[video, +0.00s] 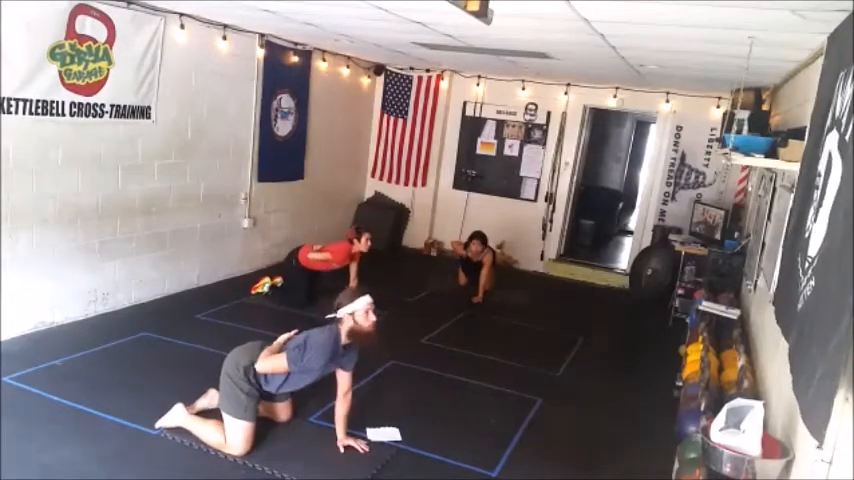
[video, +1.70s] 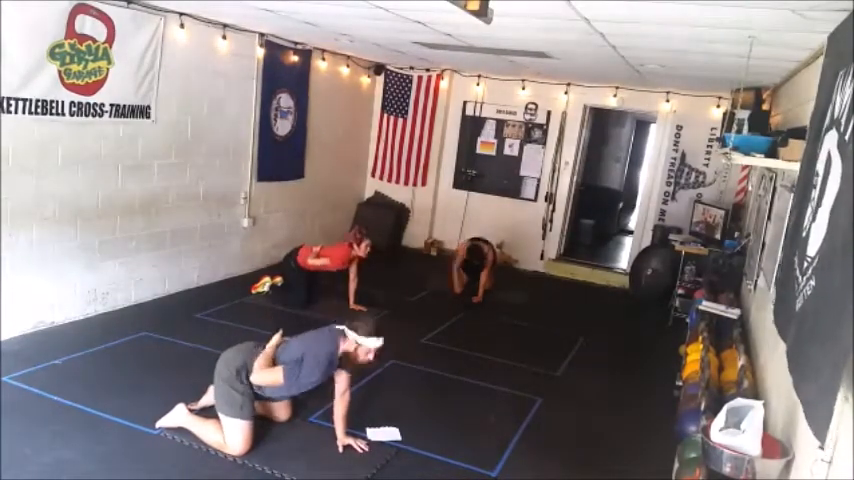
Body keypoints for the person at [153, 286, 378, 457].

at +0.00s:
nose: (373, 317)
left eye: (373, 312)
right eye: (368, 313)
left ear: (356, 319)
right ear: (347, 317)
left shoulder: (348, 349)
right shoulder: (319, 344)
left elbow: (344, 393)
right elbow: (261, 366)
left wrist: (342, 436)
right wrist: (280, 342)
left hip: (270, 363)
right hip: (243, 368)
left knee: (281, 411)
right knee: (237, 446)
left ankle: (216, 400)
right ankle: (182, 417)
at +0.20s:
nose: (346, 366)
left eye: (349, 364)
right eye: (349, 362)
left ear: (354, 347)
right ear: (354, 353)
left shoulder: (344, 339)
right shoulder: (311, 343)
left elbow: (342, 392)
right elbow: (252, 345)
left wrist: (343, 435)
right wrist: (268, 325)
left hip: (273, 368)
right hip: (244, 367)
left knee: (282, 412)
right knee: (236, 446)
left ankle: (217, 400)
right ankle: (182, 418)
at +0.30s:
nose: (346, 367)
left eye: (349, 366)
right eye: (349, 363)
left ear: (355, 352)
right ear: (352, 355)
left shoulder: (345, 341)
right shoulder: (311, 345)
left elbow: (343, 392)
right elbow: (252, 345)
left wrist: (343, 435)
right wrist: (269, 324)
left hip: (274, 369)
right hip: (244, 367)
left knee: (281, 413)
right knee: (236, 446)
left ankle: (217, 400)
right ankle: (182, 418)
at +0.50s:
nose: (370, 322)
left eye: (369, 317)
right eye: (364, 319)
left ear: (350, 322)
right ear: (343, 322)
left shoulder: (346, 350)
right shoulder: (315, 350)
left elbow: (344, 394)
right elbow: (253, 368)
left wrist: (342, 436)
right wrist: (276, 342)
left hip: (266, 362)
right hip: (240, 368)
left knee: (281, 411)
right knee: (237, 446)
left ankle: (220, 396)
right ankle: (181, 416)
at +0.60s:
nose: (375, 326)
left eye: (375, 320)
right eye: (369, 321)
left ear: (354, 323)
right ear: (349, 322)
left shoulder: (347, 351)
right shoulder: (316, 346)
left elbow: (344, 394)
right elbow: (255, 366)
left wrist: (343, 436)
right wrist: (279, 341)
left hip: (269, 363)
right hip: (242, 368)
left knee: (281, 411)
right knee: (237, 446)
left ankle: (220, 396)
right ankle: (181, 416)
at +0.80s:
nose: (349, 365)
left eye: (354, 363)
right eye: (352, 361)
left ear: (356, 347)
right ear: (353, 346)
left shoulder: (343, 337)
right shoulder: (313, 347)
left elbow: (343, 391)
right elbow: (255, 344)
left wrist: (342, 435)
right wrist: (267, 324)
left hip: (271, 367)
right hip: (243, 367)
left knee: (281, 413)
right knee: (236, 446)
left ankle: (219, 397)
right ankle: (182, 417)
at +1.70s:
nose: (373, 356)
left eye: (376, 350)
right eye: (370, 350)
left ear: (354, 336)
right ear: (354, 343)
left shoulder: (343, 338)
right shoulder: (316, 365)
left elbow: (342, 393)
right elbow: (257, 377)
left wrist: (342, 435)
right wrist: (271, 347)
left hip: (260, 356)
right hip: (235, 370)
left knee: (282, 413)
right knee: (236, 445)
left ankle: (220, 397)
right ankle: (183, 417)